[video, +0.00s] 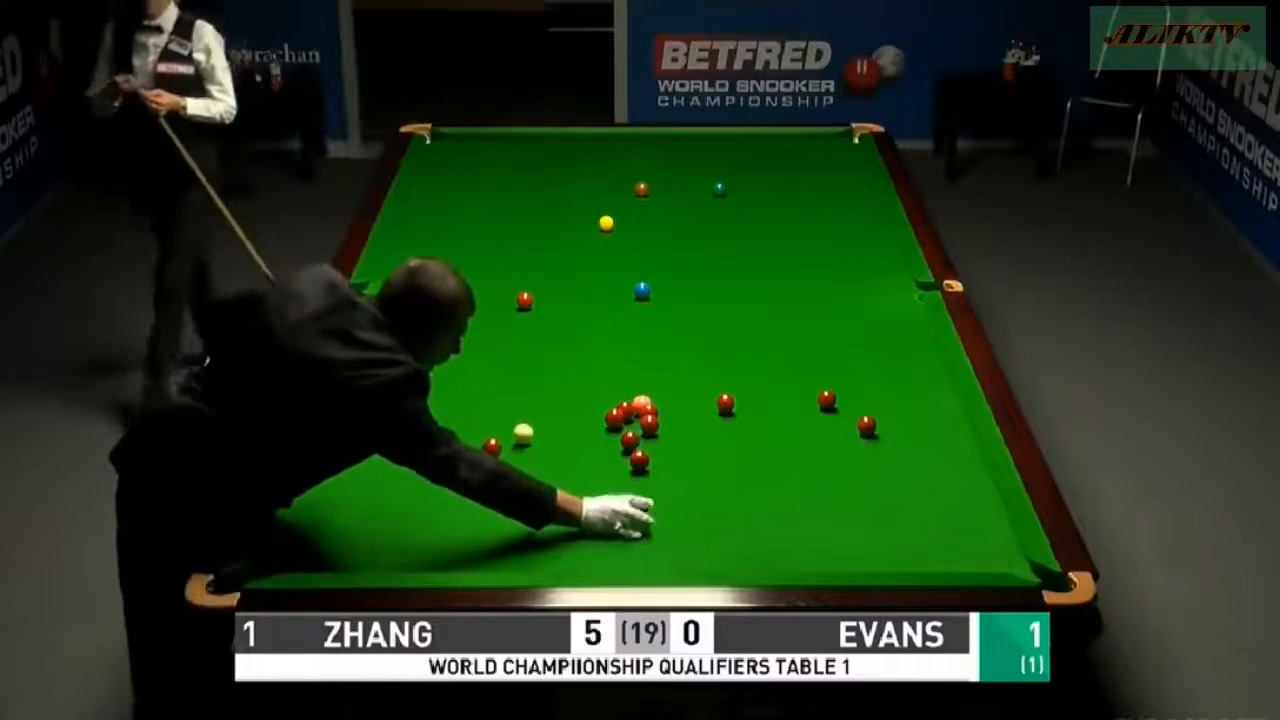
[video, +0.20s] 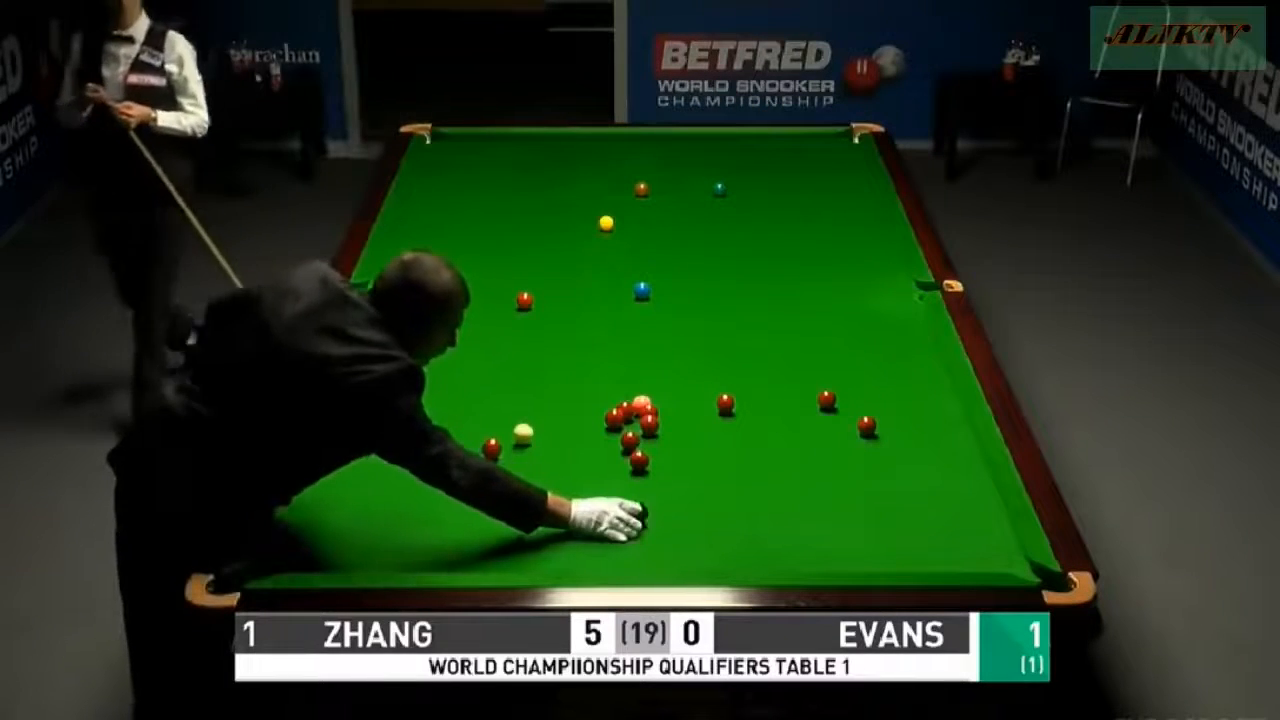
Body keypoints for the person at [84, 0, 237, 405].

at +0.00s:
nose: (149, 7)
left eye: (157, 3)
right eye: (145, 3)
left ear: (170, 1)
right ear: (137, 3)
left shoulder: (201, 35)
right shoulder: (118, 34)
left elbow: (226, 107)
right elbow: (94, 103)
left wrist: (179, 103)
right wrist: (113, 92)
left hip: (192, 164)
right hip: (142, 162)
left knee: (172, 273)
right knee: (192, 265)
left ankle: (159, 384)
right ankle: (220, 351)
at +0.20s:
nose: (121, 7)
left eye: (126, 2)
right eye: (117, 4)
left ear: (138, 4)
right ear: (109, 5)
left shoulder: (173, 47)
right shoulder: (87, 45)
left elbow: (198, 120)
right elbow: (64, 116)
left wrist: (150, 115)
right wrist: (84, 104)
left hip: (160, 186)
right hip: (105, 183)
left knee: (153, 295)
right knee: (132, 290)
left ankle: (147, 409)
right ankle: (186, 333)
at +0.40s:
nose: (86, 7)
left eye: (92, 1)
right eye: (81, 2)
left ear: (110, 2)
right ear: (73, 7)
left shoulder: (147, 52)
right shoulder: (58, 52)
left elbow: (172, 128)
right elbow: (41, 129)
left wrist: (121, 117)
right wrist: (54, 105)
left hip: (139, 200)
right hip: (80, 196)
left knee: (140, 309)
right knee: (80, 306)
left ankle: (145, 415)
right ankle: (112, 400)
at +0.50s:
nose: (72, 13)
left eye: (78, 4)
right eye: (66, 6)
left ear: (94, 6)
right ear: (57, 10)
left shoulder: (134, 59)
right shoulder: (43, 63)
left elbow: (156, 136)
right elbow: (22, 140)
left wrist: (104, 121)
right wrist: (37, 110)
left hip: (127, 211)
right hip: (65, 211)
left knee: (136, 328)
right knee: (69, 330)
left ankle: (147, 438)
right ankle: (62, 447)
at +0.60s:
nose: (63, 17)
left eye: (71, 8)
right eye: (56, 9)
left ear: (84, 11)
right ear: (44, 15)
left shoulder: (121, 65)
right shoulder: (30, 75)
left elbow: (146, 143)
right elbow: (10, 155)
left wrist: (93, 125)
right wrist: (24, 116)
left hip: (119, 216)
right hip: (57, 218)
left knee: (133, 332)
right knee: (61, 340)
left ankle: (146, 436)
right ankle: (44, 461)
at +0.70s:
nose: (49, 25)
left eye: (56, 16)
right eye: (42, 17)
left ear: (68, 16)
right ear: (29, 19)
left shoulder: (101, 72)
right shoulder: (13, 77)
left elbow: (128, 151)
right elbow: (2, 172)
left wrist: (80, 132)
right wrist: (11, 125)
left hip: (104, 224)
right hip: (40, 226)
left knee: (124, 336)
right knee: (50, 351)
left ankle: (148, 446)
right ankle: (41, 480)